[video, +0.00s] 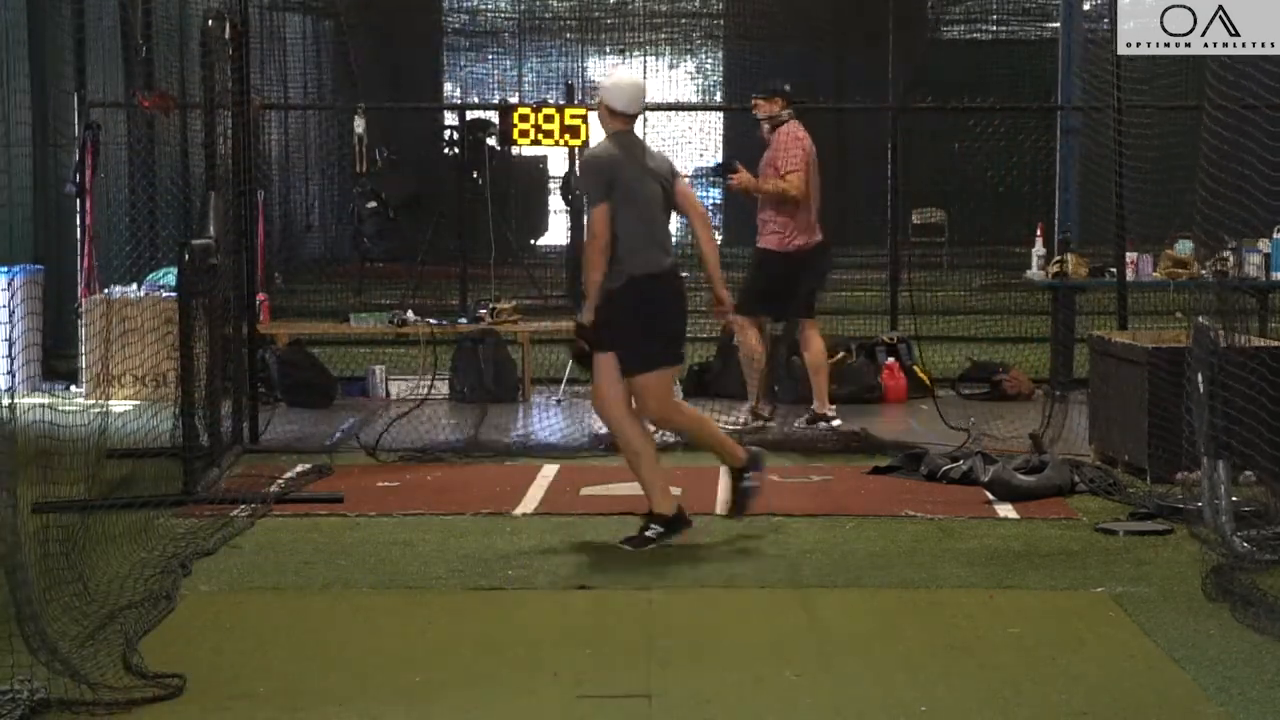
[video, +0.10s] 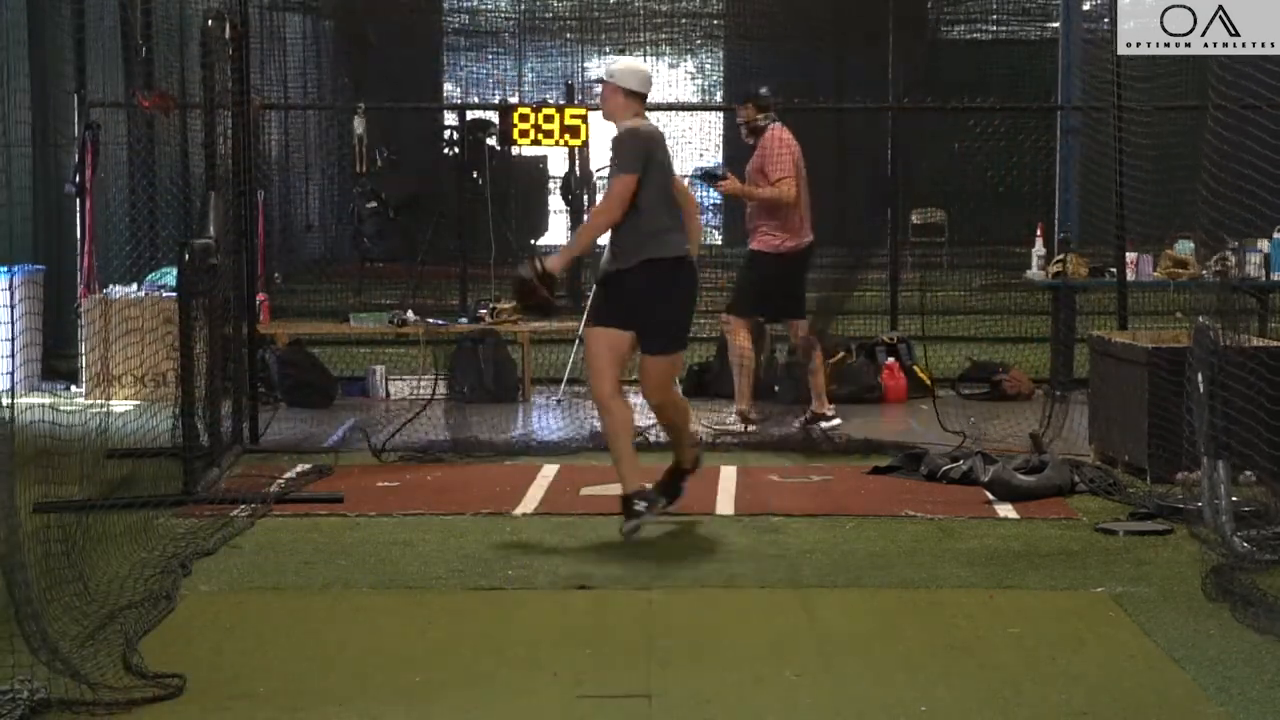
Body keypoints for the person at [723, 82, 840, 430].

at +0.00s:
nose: (754, 109)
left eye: (759, 103)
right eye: (754, 104)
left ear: (779, 104)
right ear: (777, 106)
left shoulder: (791, 136)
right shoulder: (787, 136)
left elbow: (794, 188)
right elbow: (783, 189)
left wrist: (753, 184)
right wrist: (751, 183)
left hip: (781, 248)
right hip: (804, 247)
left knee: (744, 319)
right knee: (807, 325)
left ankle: (757, 406)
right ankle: (823, 409)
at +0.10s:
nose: (739, 117)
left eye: (743, 110)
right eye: (738, 111)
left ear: (759, 110)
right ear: (764, 110)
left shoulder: (776, 140)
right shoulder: (777, 138)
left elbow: (787, 193)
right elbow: (775, 191)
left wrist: (741, 190)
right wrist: (738, 184)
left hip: (773, 247)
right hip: (792, 246)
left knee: (736, 321)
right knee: (799, 326)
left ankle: (742, 413)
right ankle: (821, 408)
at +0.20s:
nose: (721, 123)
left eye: (722, 116)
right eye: (720, 117)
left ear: (732, 116)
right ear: (747, 112)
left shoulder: (759, 143)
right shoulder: (757, 141)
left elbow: (775, 197)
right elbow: (761, 194)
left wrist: (728, 197)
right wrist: (728, 192)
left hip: (760, 248)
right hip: (779, 247)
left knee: (729, 326)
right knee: (783, 325)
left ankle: (741, 412)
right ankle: (819, 406)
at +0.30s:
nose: (707, 126)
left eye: (710, 119)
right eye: (705, 119)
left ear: (716, 117)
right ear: (728, 112)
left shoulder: (742, 141)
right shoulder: (741, 139)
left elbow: (763, 196)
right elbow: (750, 192)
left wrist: (715, 198)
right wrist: (715, 195)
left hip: (748, 246)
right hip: (758, 245)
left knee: (726, 325)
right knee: (752, 324)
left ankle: (740, 412)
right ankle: (802, 394)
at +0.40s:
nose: (686, 125)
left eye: (686, 118)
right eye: (685, 119)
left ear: (694, 116)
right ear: (705, 111)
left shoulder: (727, 136)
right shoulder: (705, 141)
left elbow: (742, 194)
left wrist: (698, 193)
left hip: (739, 243)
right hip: (729, 242)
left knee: (729, 327)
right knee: (722, 323)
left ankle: (741, 415)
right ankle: (772, 385)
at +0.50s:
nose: (663, 129)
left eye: (664, 121)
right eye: (662, 121)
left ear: (675, 116)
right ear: (687, 109)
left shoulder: (707, 134)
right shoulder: (683, 140)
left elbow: (726, 191)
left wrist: (683, 205)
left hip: (729, 244)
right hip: (704, 244)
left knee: (724, 328)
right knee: (700, 324)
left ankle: (742, 412)